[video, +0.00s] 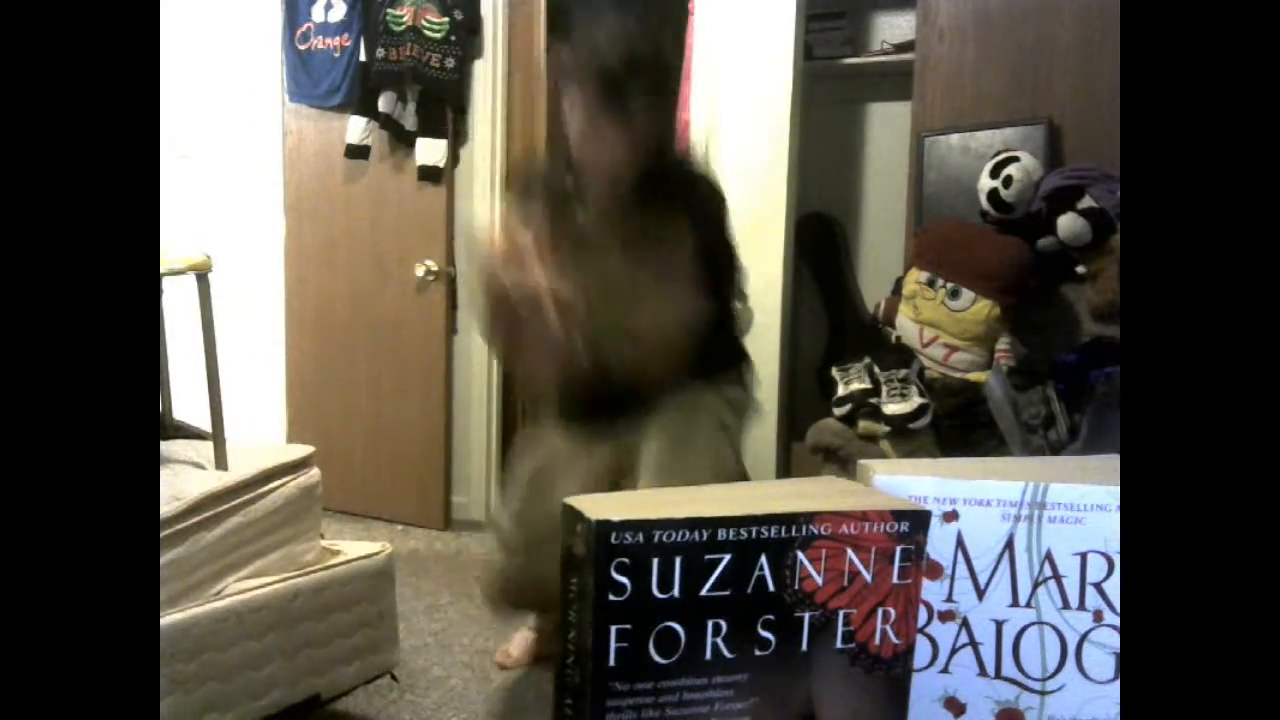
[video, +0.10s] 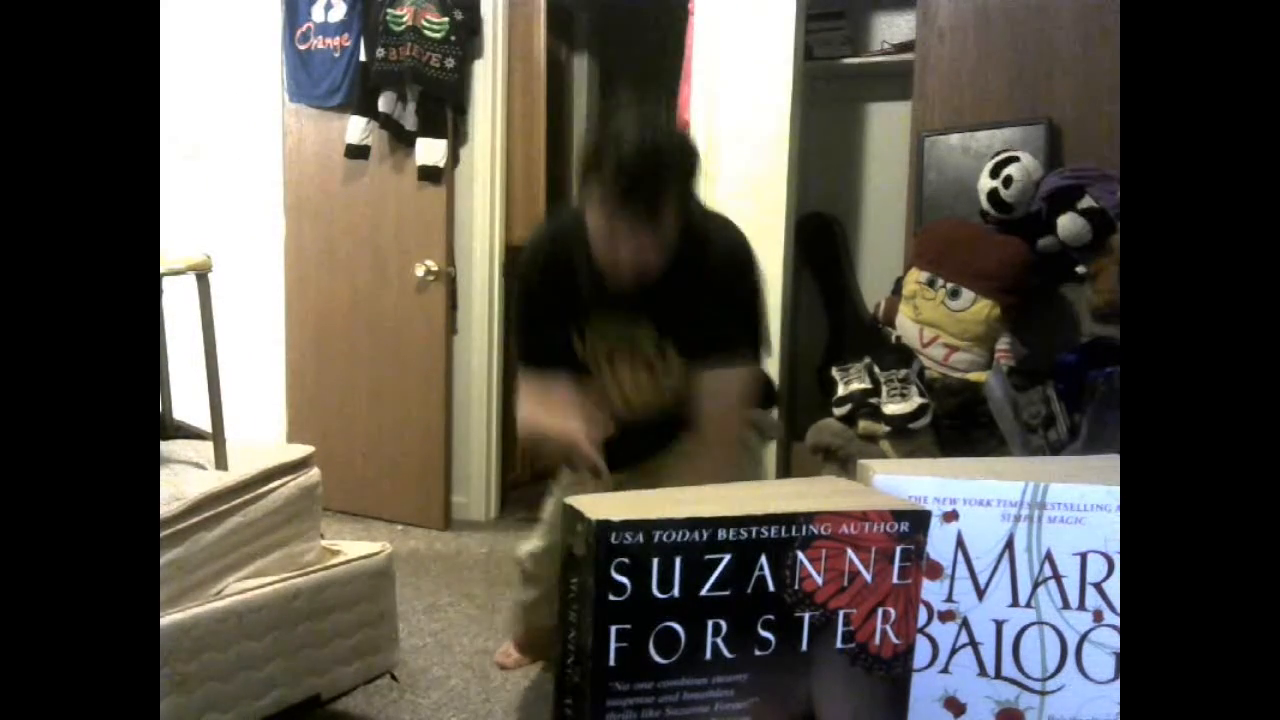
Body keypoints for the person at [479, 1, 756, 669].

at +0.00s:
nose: (592, 139)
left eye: (612, 119)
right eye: (579, 116)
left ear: (651, 120)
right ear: (562, 112)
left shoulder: (686, 198)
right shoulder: (544, 195)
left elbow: (686, 332)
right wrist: (521, 299)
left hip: (689, 385)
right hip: (584, 387)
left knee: (679, 486)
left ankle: (682, 623)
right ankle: (546, 616)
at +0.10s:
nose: (625, 247)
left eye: (644, 229)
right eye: (611, 225)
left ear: (676, 211)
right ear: (587, 201)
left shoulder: (718, 254)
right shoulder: (551, 256)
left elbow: (722, 428)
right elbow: (536, 401)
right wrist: (567, 421)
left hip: (695, 438)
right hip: (599, 448)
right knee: (547, 551)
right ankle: (539, 632)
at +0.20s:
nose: (649, 276)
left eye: (670, 258)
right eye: (633, 254)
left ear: (700, 233)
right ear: (605, 223)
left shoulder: (737, 255)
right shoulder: (559, 261)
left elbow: (765, 424)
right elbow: (538, 422)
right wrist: (571, 449)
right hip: (598, 439)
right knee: (560, 541)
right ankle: (545, 624)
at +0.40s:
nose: (653, 254)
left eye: (675, 238)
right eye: (639, 230)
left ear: (707, 213)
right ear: (613, 196)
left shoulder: (749, 237)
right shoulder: (562, 239)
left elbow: (793, 387)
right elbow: (533, 391)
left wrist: (724, 370)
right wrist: (575, 423)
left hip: (712, 409)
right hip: (602, 408)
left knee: (738, 512)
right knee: (559, 528)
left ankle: (738, 635)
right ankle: (544, 621)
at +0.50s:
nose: (658, 234)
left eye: (679, 217)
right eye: (645, 209)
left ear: (716, 191)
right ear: (618, 174)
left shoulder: (764, 213)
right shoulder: (565, 215)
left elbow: (820, 334)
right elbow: (524, 365)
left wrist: (747, 310)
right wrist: (564, 394)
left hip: (726, 389)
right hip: (613, 396)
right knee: (561, 496)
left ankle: (729, 630)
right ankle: (541, 618)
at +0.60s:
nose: (652, 224)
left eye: (678, 206)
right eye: (636, 197)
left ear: (710, 175)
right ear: (609, 158)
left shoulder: (755, 165)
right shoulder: (561, 181)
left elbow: (820, 289)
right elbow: (512, 333)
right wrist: (540, 370)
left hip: (727, 364)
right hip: (609, 377)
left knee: (715, 509)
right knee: (547, 493)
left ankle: (713, 655)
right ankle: (535, 623)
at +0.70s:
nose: (640, 280)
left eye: (659, 264)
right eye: (626, 259)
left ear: (693, 230)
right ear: (596, 221)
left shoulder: (739, 229)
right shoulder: (547, 243)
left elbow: (783, 328)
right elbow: (524, 389)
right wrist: (571, 430)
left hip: (711, 391)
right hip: (598, 390)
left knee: (724, 513)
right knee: (558, 517)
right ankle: (528, 631)